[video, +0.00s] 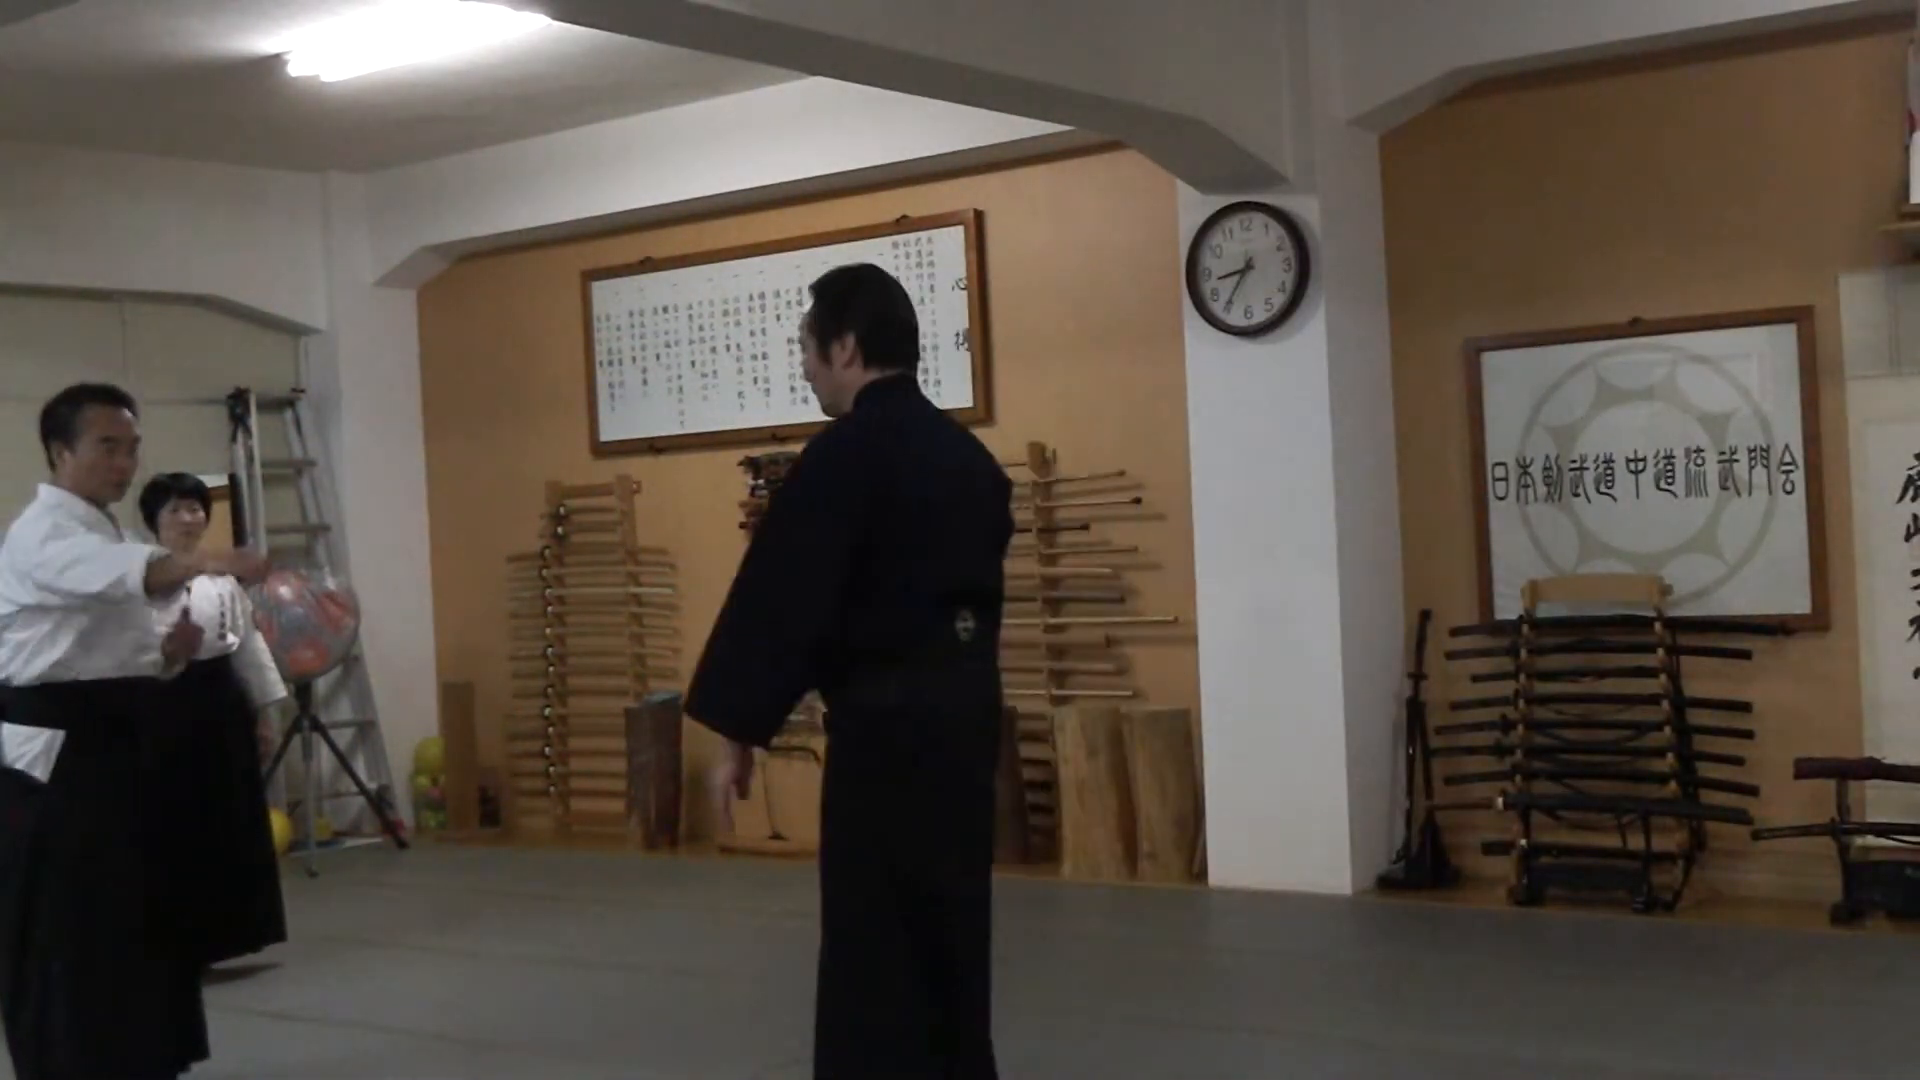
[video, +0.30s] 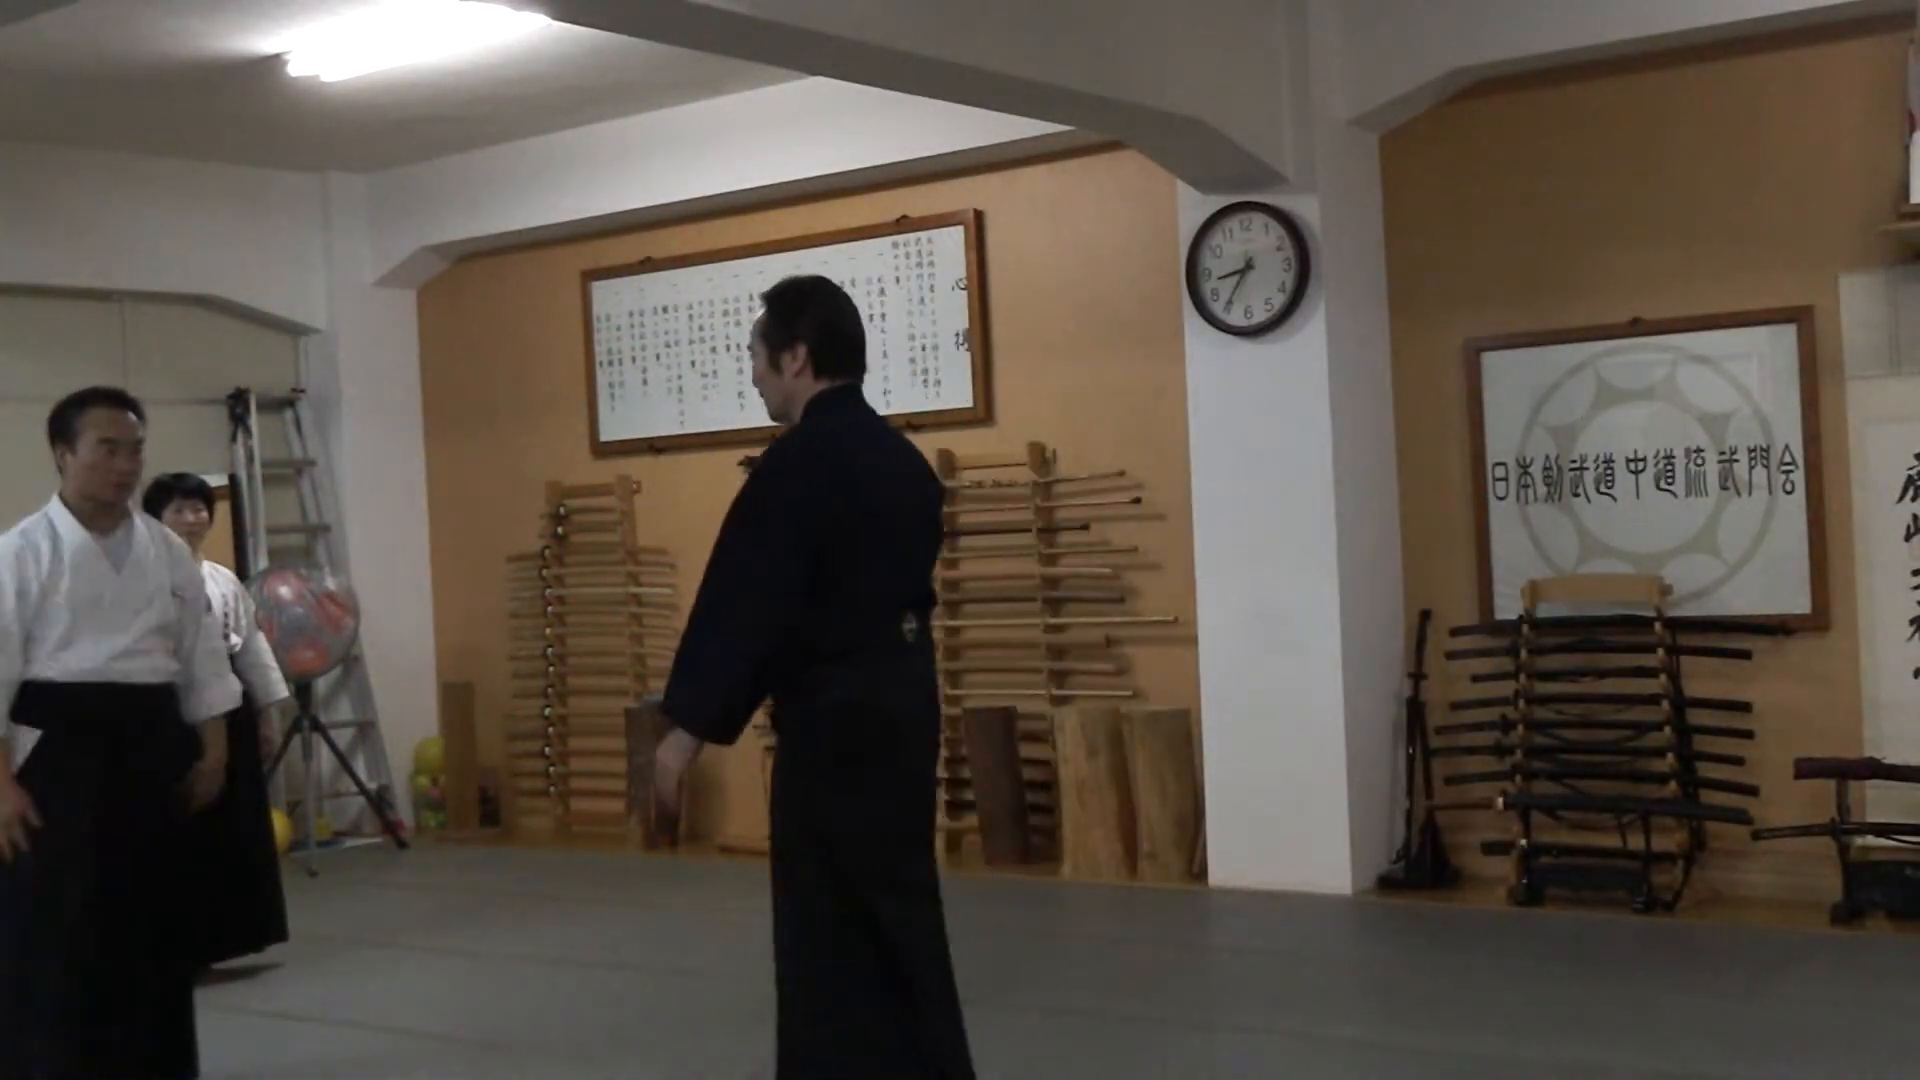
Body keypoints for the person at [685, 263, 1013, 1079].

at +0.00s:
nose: (806, 368)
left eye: (811, 348)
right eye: (806, 350)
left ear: (847, 347)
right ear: (897, 346)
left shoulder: (843, 454)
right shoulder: (968, 453)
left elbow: (781, 593)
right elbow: (970, 602)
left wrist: (741, 729)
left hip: (880, 725)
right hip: (966, 716)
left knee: (870, 935)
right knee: (950, 925)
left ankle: (871, 1067)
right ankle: (954, 1066)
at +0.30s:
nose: (756, 377)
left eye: (760, 358)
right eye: (755, 359)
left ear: (798, 358)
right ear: (846, 356)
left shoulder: (795, 464)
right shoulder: (901, 456)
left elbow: (742, 603)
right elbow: (898, 594)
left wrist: (686, 733)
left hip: (830, 725)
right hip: (905, 711)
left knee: (823, 932)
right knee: (899, 917)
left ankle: (831, 1066)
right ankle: (921, 1065)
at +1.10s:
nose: (655, 381)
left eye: (660, 363)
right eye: (655, 364)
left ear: (695, 362)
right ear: (745, 362)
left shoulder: (690, 466)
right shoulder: (799, 466)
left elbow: (649, 613)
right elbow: (769, 625)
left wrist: (622, 756)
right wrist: (665, 749)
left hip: (716, 745)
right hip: (799, 735)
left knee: (713, 949)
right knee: (803, 939)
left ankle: (716, 1070)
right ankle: (811, 1067)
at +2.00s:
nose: (668, 425)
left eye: (665, 405)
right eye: (663, 408)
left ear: (689, 391)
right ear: (750, 384)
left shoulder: (703, 487)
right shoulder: (821, 484)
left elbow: (665, 633)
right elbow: (822, 634)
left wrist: (651, 771)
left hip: (744, 740)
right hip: (836, 727)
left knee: (699, 938)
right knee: (824, 933)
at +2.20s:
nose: (756, 409)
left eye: (756, 387)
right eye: (751, 390)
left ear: (792, 373)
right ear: (826, 370)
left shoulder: (814, 475)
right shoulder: (899, 464)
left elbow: (790, 629)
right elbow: (903, 625)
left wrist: (780, 770)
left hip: (843, 756)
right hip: (915, 739)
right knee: (931, 952)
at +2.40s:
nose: (838, 429)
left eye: (837, 410)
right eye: (832, 413)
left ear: (876, 389)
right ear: (895, 388)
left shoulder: (922, 477)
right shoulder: (965, 464)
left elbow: (923, 639)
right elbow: (990, 625)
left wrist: (901, 779)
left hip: (965, 752)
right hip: (1014, 741)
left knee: (863, 960)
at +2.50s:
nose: (878, 427)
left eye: (877, 407)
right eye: (872, 411)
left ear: (919, 388)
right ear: (938, 384)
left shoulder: (963, 472)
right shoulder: (1003, 462)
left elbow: (956, 634)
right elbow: (1043, 605)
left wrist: (942, 780)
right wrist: (929, 590)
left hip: (1005, 754)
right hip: (1048, 742)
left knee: (937, 976)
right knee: (1035, 967)